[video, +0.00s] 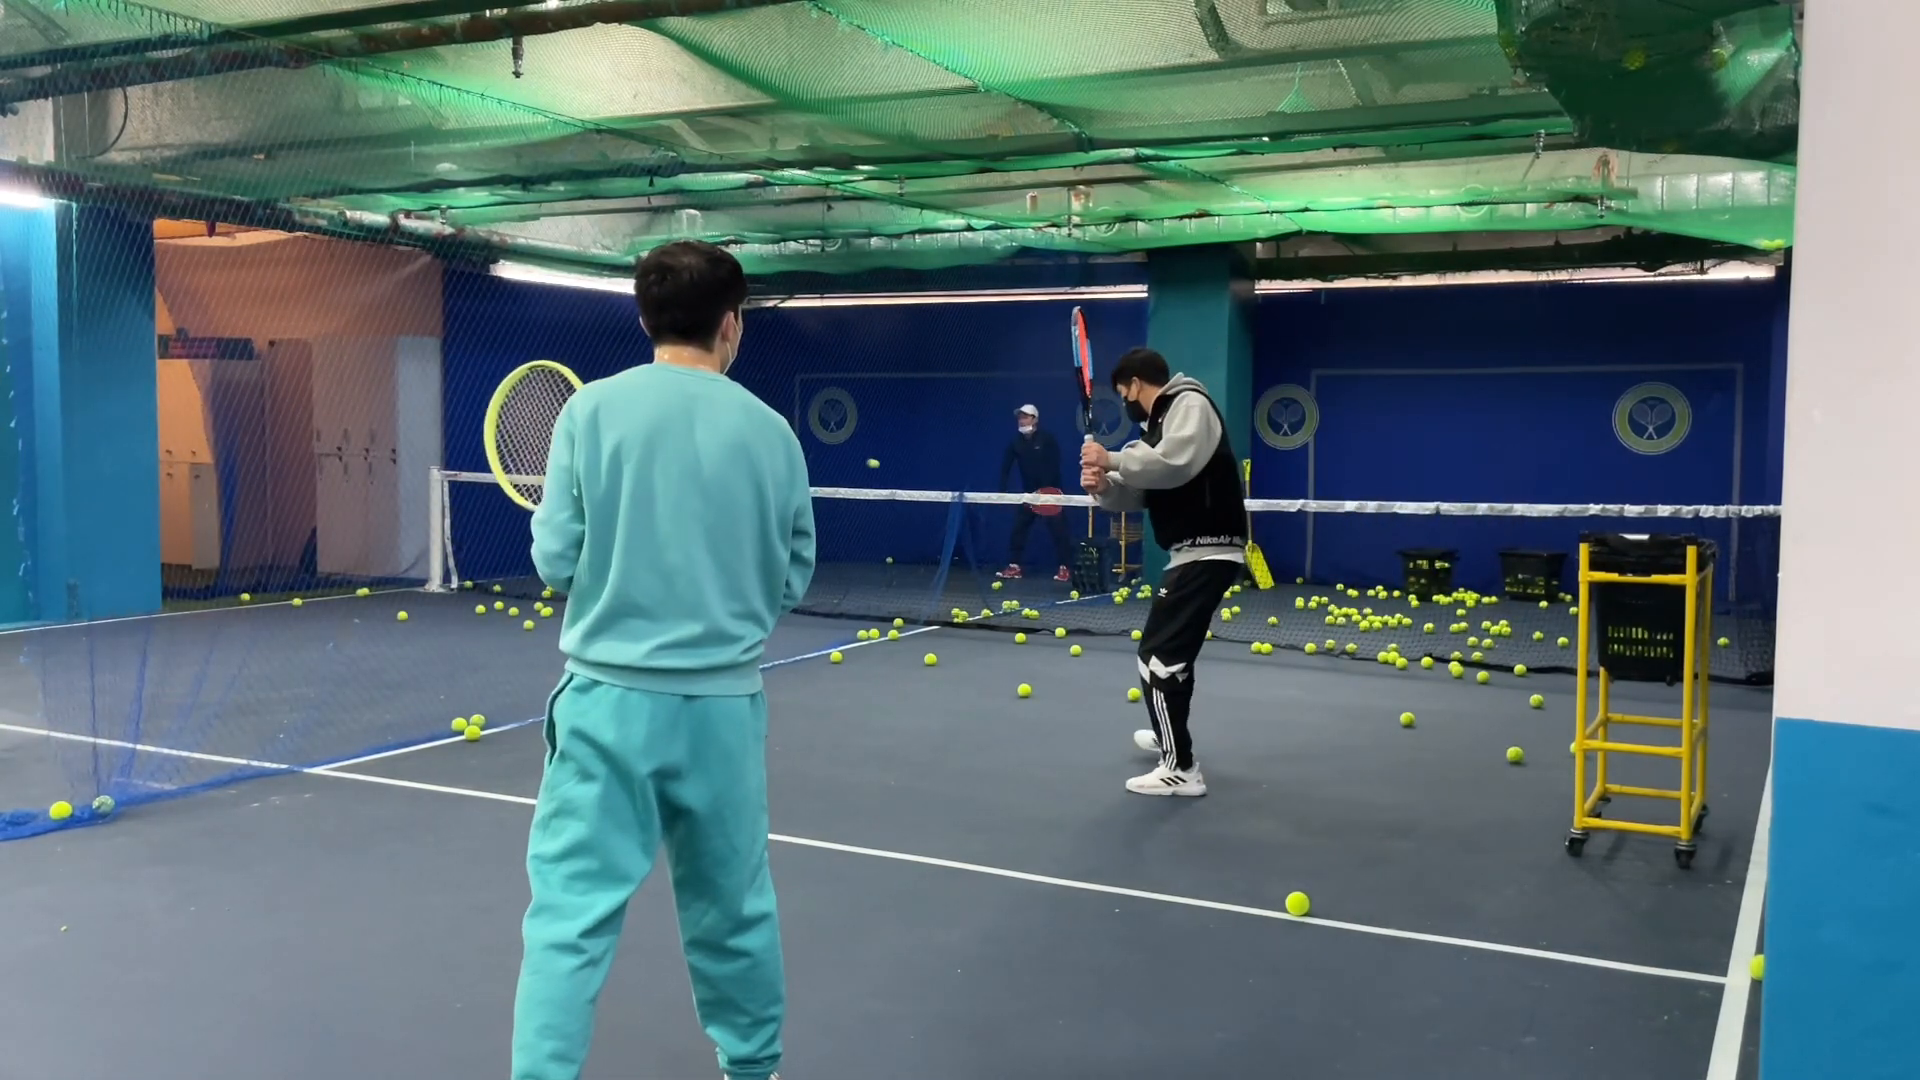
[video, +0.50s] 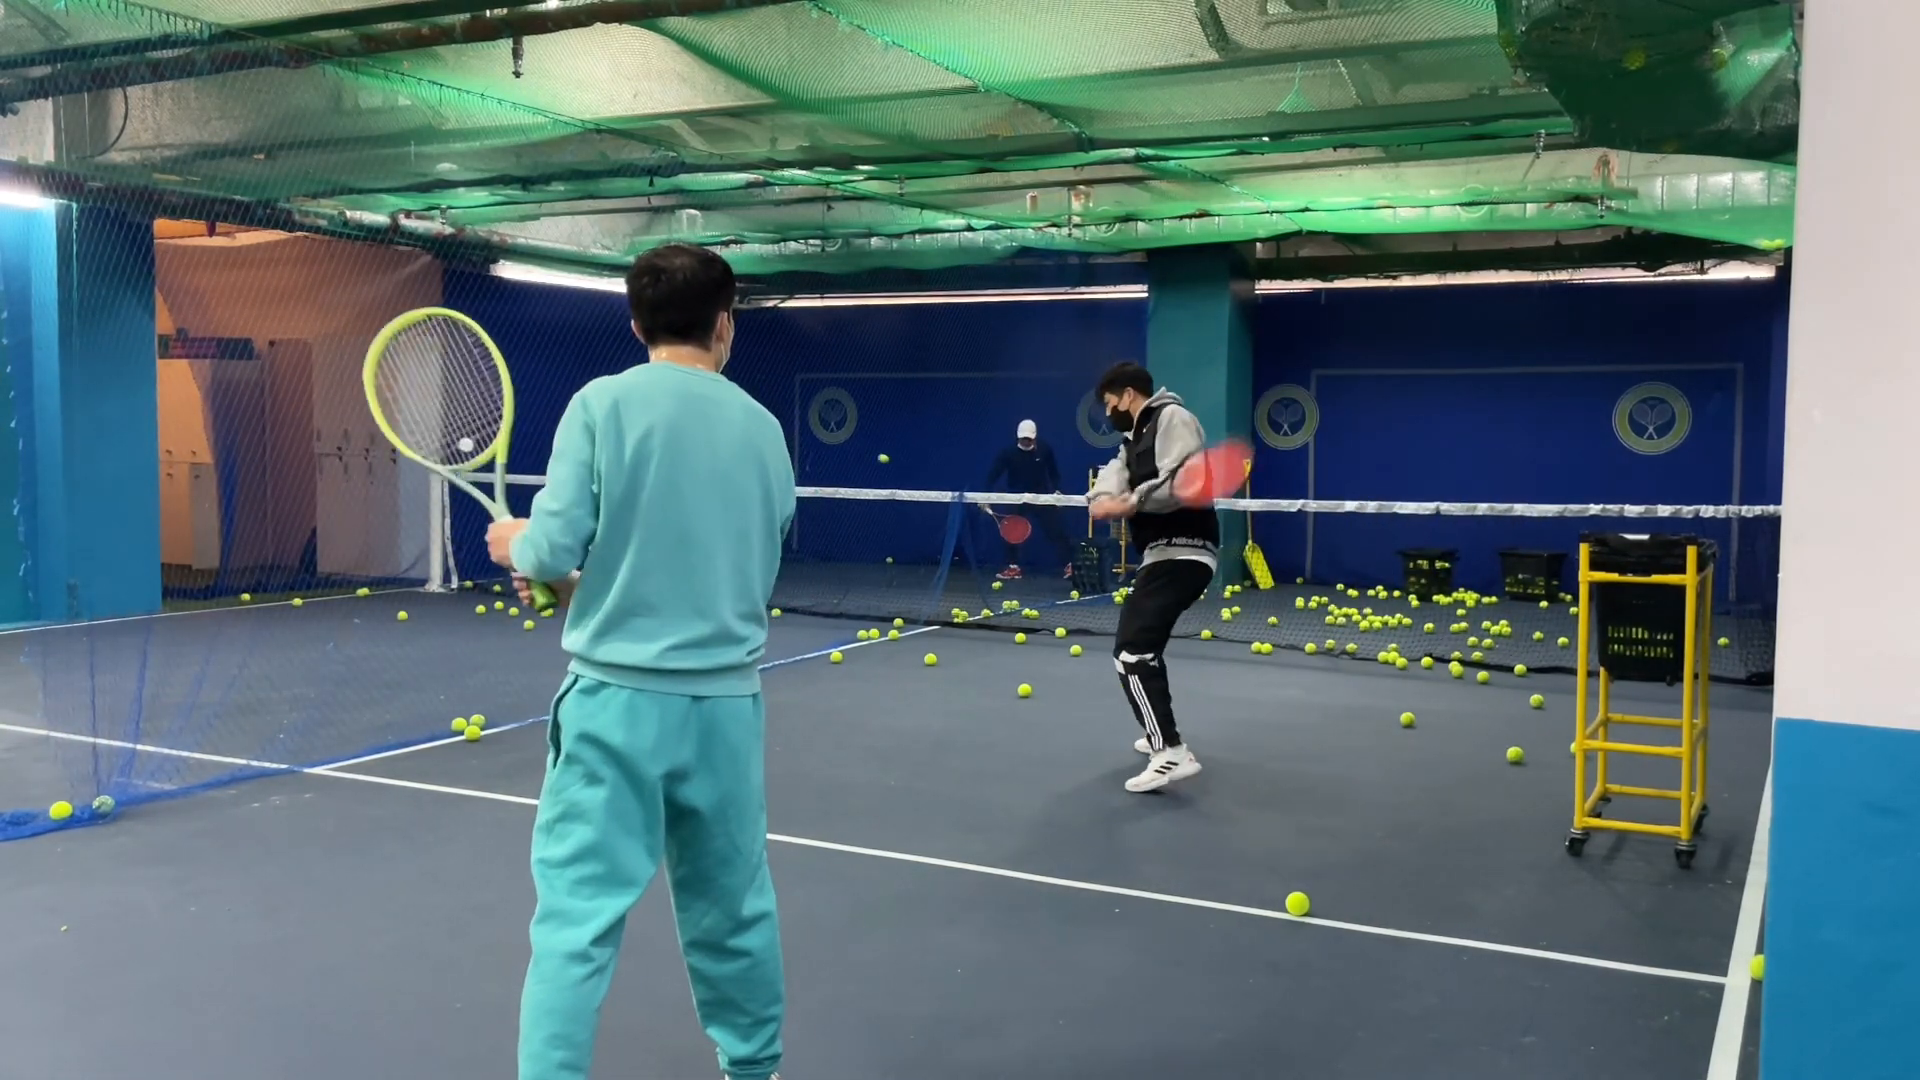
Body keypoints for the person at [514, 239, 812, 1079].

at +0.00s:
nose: (741, 327)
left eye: (737, 315)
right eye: (740, 315)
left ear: (645, 323)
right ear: (728, 323)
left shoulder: (591, 412)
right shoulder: (771, 432)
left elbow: (554, 557)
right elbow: (793, 575)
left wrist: (631, 548)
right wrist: (716, 590)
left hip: (607, 707)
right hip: (724, 711)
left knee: (570, 913)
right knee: (733, 906)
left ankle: (542, 1071)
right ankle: (751, 1065)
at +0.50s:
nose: (736, 327)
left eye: (730, 314)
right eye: (734, 315)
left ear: (641, 324)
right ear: (722, 321)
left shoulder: (600, 406)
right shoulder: (762, 428)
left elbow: (557, 550)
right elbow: (756, 557)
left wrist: (515, 544)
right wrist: (594, 571)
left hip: (612, 707)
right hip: (726, 711)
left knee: (576, 920)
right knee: (733, 909)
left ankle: (549, 1071)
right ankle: (752, 1065)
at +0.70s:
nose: (724, 331)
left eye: (620, 319)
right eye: (724, 319)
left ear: (626, 326)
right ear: (716, 325)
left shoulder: (605, 396)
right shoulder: (740, 424)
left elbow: (526, 516)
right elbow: (621, 551)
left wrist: (441, 488)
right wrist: (481, 535)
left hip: (617, 709)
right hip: (725, 710)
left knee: (581, 923)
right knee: (728, 904)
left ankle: (559, 1070)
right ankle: (752, 1065)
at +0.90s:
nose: (595, 323)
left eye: (597, 313)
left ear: (601, 323)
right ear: (692, 327)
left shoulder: (603, 395)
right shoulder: (707, 415)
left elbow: (551, 507)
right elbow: (595, 531)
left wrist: (433, 468)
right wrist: (458, 518)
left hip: (615, 709)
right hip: (711, 706)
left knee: (581, 931)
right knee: (718, 902)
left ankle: (563, 1071)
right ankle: (752, 1063)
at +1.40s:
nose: (523, 328)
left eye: (523, 316)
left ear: (529, 325)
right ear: (621, 320)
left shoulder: (568, 399)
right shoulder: (641, 411)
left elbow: (588, 535)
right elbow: (553, 570)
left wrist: (445, 519)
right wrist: (441, 559)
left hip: (588, 706)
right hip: (671, 699)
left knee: (549, 938)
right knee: (672, 881)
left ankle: (550, 1070)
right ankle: (736, 1054)